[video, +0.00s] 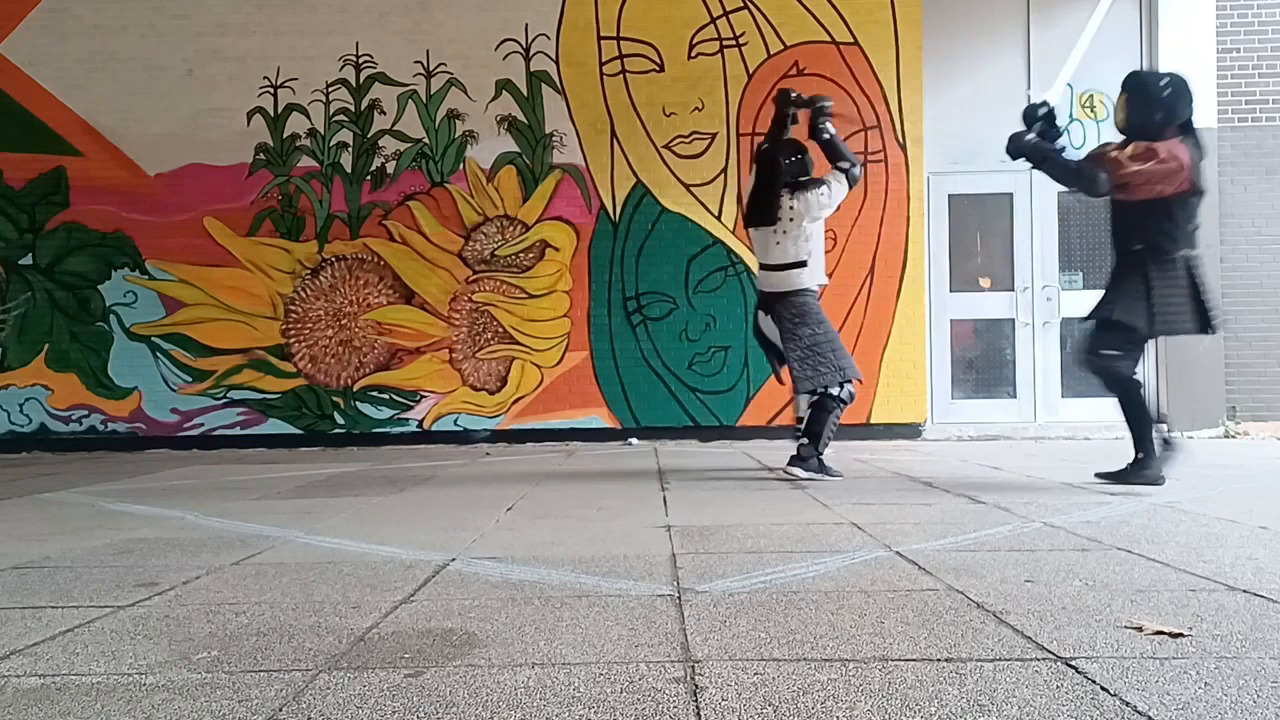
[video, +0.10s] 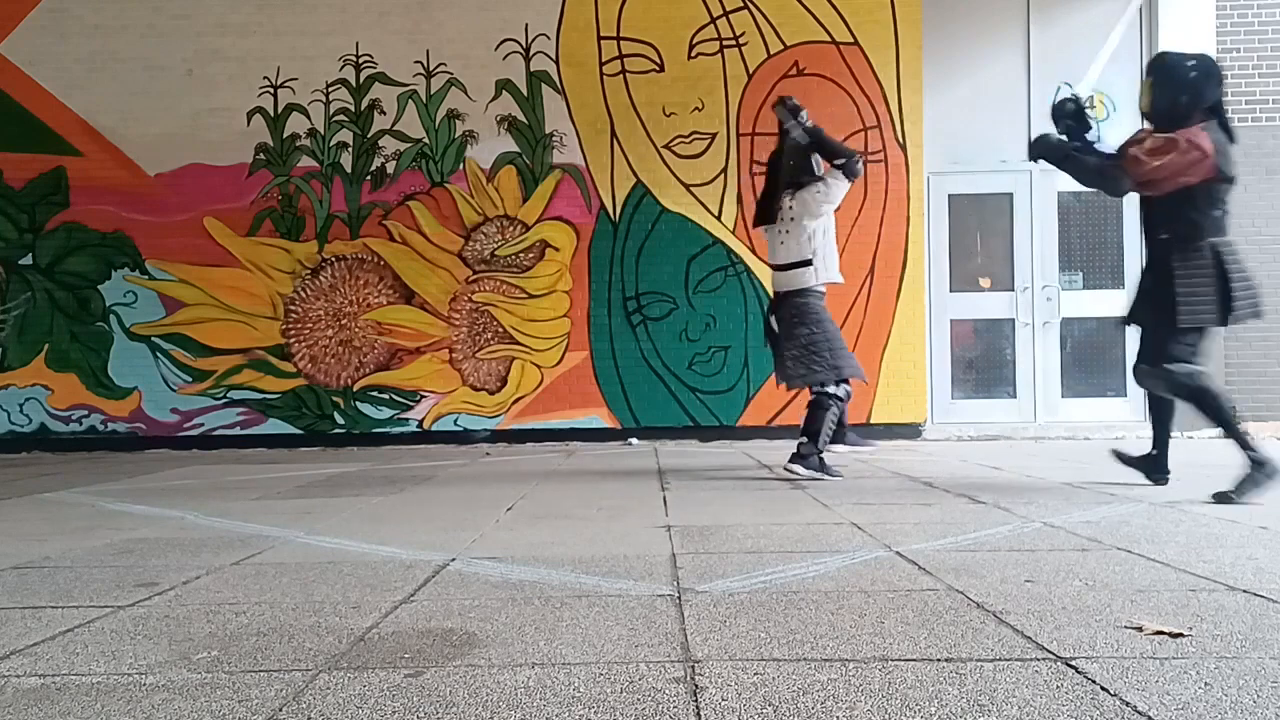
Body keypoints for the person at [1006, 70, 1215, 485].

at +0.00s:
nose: (1117, 106)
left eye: (1124, 99)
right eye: (1120, 98)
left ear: (1146, 109)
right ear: (1160, 110)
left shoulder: (1160, 155)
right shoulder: (1166, 150)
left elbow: (1094, 179)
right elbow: (1096, 172)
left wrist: (1035, 152)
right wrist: (1054, 146)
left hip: (1150, 272)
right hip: (1152, 270)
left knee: (1107, 356)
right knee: (1109, 357)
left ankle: (1149, 456)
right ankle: (1152, 448)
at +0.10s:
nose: (1147, 96)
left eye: (1156, 88)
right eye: (1150, 87)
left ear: (1180, 95)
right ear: (1193, 95)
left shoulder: (1190, 144)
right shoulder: (1188, 137)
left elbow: (1118, 178)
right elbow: (1129, 170)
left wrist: (1057, 152)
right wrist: (1081, 149)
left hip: (1189, 268)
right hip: (1174, 266)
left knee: (1170, 368)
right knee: (1156, 365)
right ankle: (1157, 459)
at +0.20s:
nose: (1171, 94)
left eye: (1181, 86)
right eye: (1174, 84)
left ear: (1209, 94)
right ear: (1217, 97)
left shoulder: (1219, 147)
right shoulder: (1213, 140)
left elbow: (1150, 192)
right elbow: (1156, 181)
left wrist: (1090, 174)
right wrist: (1115, 150)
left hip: (1229, 271)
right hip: (1210, 270)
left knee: (1212, 378)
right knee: (1168, 362)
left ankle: (1273, 476)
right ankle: (1211, 449)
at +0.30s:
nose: (1194, 88)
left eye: (1203, 79)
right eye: (1196, 78)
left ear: (1232, 86)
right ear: (1238, 88)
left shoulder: (1247, 143)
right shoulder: (1239, 137)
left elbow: (1208, 206)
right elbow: (1204, 200)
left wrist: (1137, 204)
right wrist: (1156, 177)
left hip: (1250, 273)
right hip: (1246, 270)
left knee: (1222, 377)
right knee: (1226, 373)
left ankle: (1275, 474)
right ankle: (1276, 470)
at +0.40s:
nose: (1215, 77)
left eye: (1223, 65)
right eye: (1216, 65)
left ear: (1249, 69)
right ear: (1254, 69)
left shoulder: (1270, 125)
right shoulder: (1252, 123)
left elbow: (1260, 198)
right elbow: (1244, 196)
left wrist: (1191, 203)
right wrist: (1194, 184)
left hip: (1266, 265)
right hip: (1256, 264)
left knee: (1244, 375)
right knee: (1248, 374)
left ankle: (1278, 476)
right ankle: (1276, 476)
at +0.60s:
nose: (1258, 66)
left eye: (1263, 56)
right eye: (1259, 56)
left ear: (1277, 61)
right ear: (1266, 60)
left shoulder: (1275, 117)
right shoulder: (1268, 116)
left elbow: (1277, 191)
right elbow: (1277, 187)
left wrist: (1243, 186)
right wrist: (1243, 184)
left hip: (1279, 268)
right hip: (1277, 267)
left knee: (1260, 368)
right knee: (1259, 368)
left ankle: (1277, 478)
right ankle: (1276, 477)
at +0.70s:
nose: (1266, 145)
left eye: (1266, 135)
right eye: (1263, 136)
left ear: (1275, 131)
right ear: (1268, 133)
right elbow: (1276, 199)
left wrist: (1257, 192)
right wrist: (1255, 191)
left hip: (1279, 301)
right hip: (1278, 300)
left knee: (1268, 368)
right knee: (1269, 367)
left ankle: (1278, 479)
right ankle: (1277, 478)